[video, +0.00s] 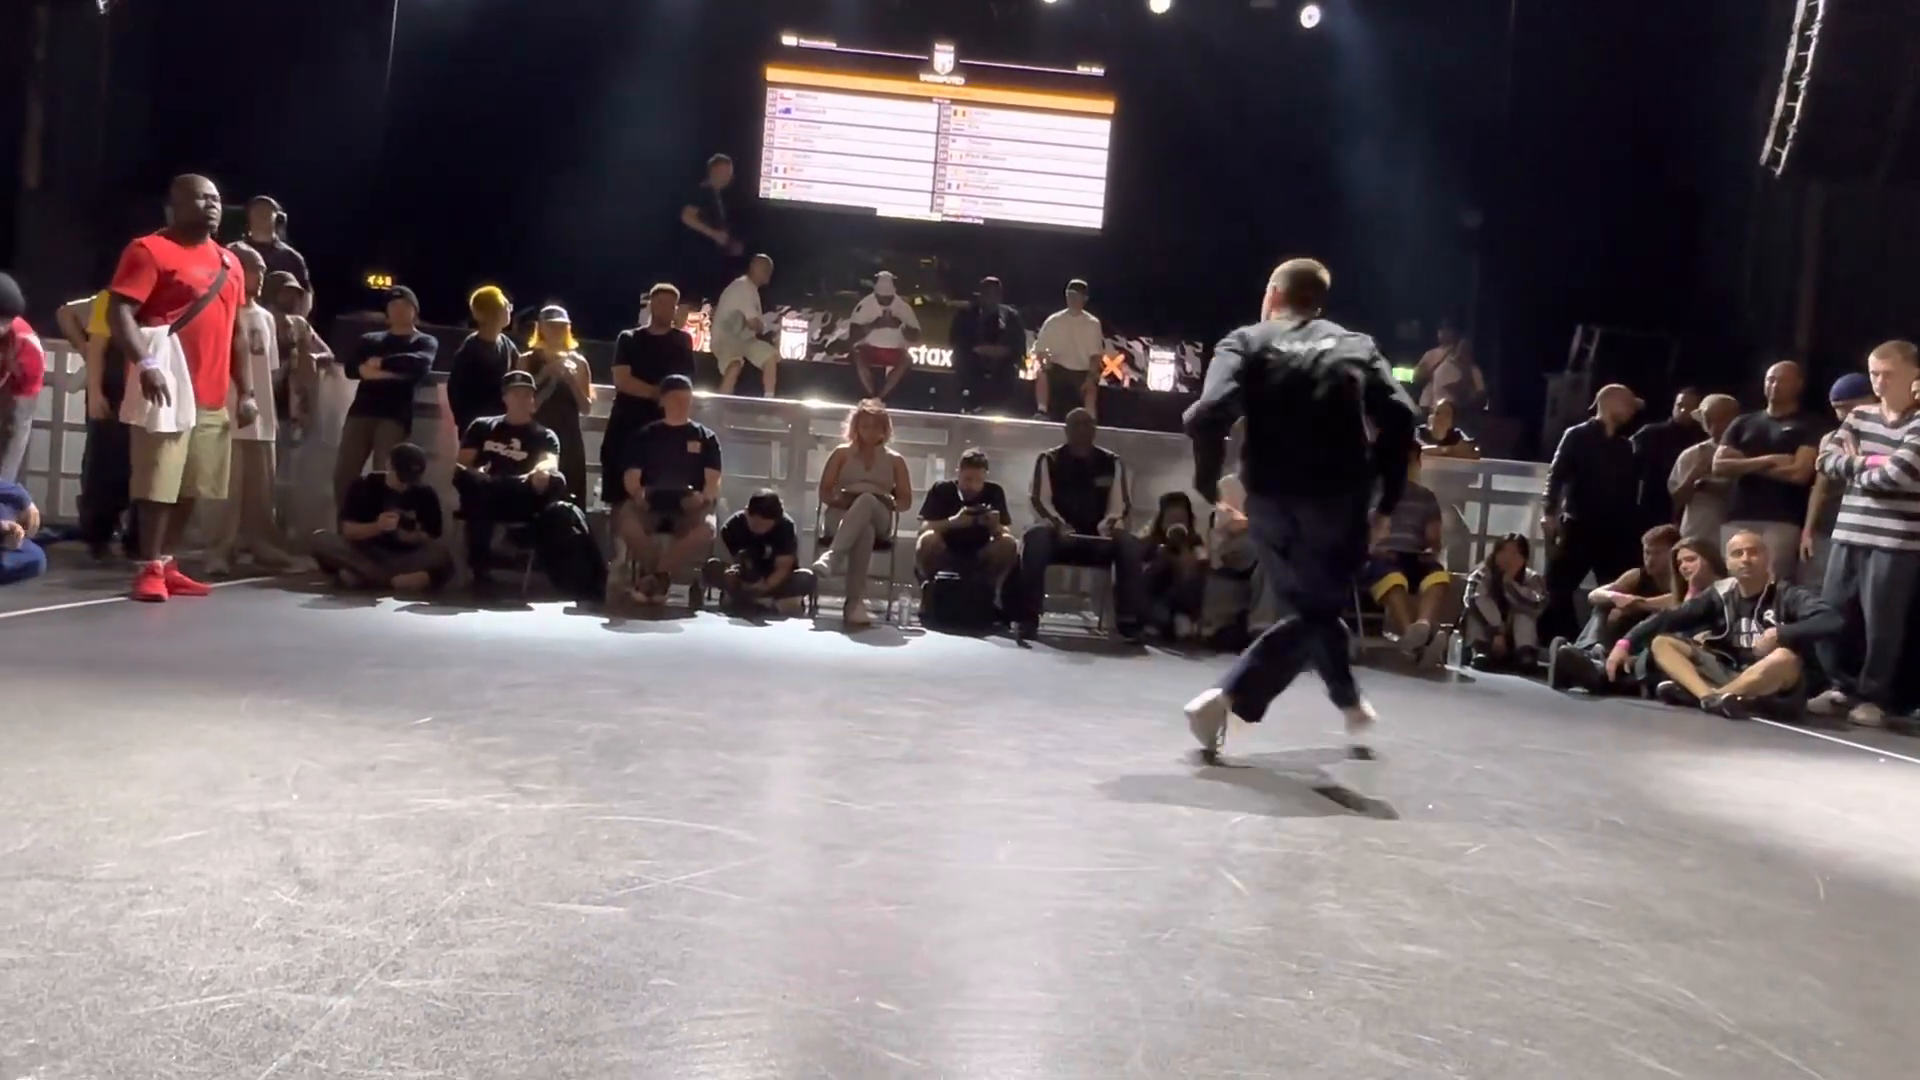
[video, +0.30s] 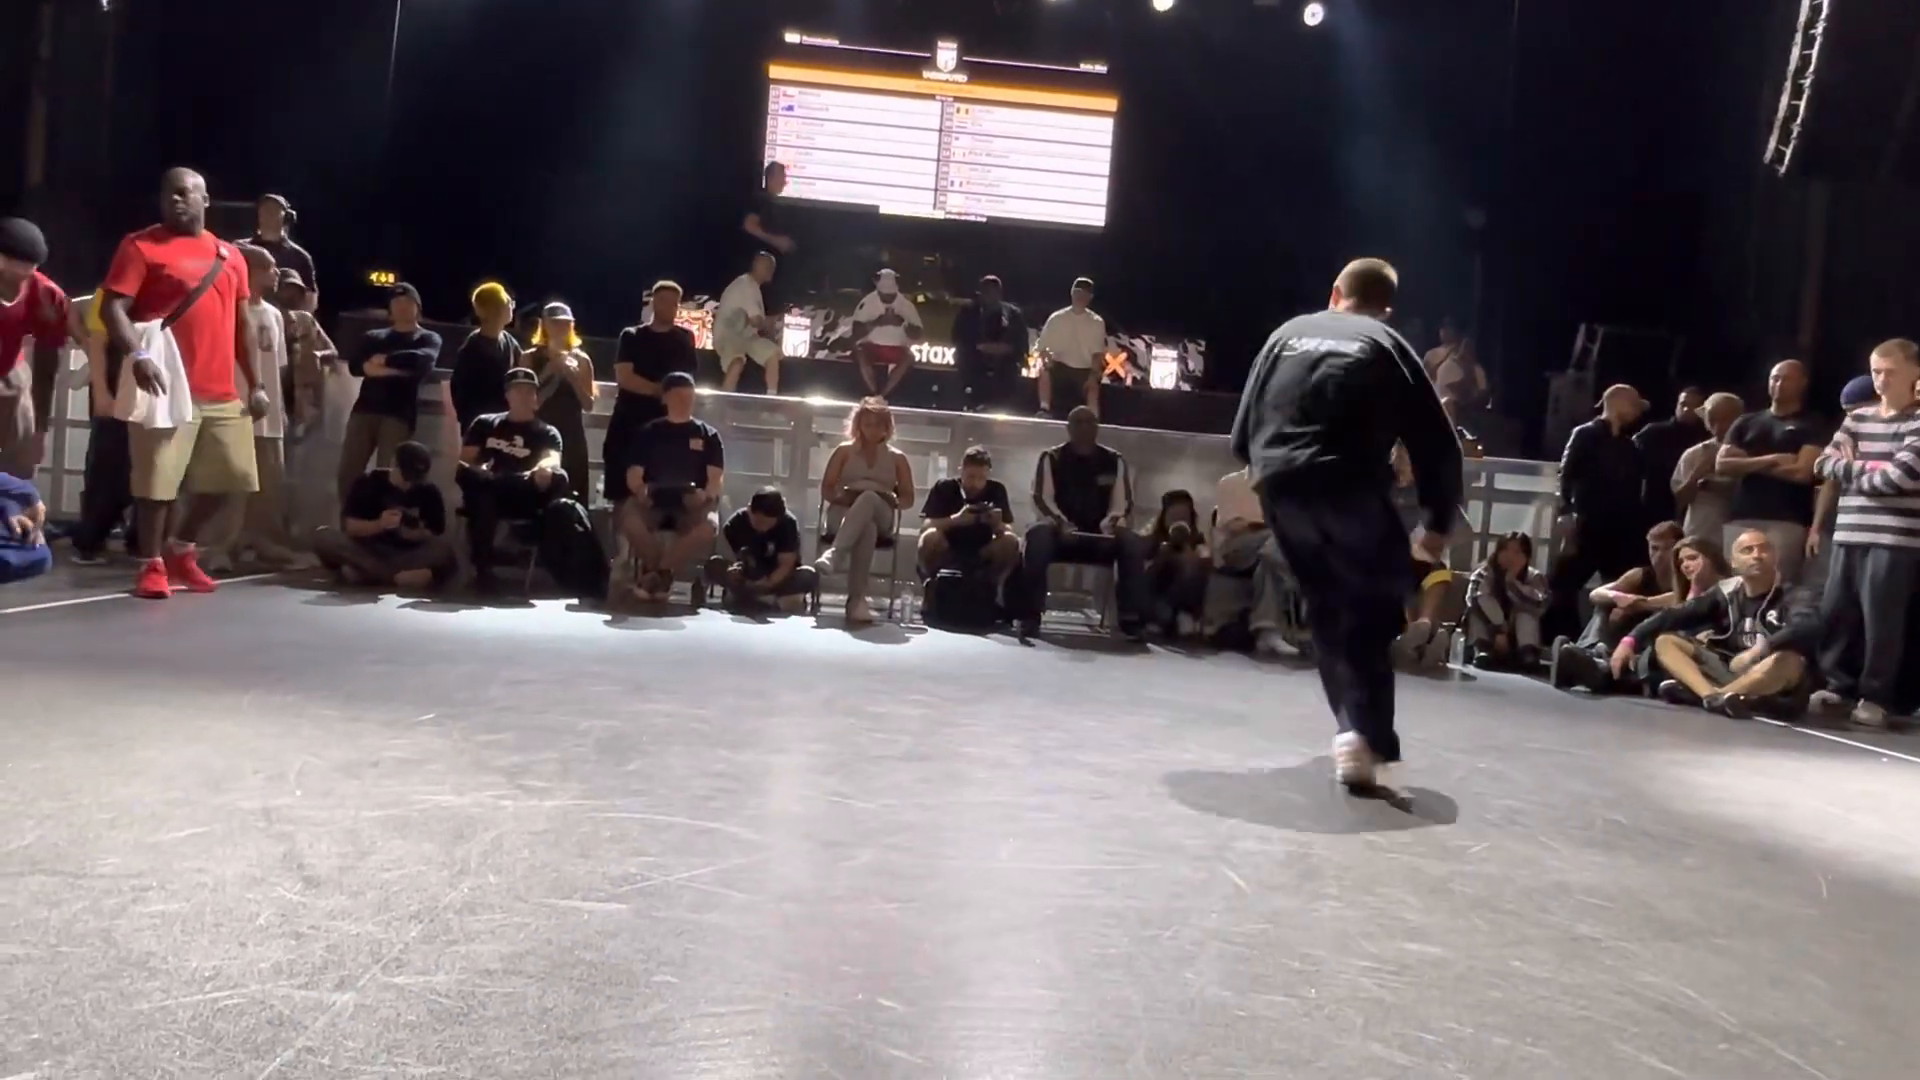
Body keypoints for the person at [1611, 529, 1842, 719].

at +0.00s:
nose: (1745, 559)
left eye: (1753, 552)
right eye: (1737, 554)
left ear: (1768, 558)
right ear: (1727, 562)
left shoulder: (1787, 594)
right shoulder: (1721, 594)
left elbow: (1832, 621)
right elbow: (1673, 618)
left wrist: (1780, 633)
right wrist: (1626, 643)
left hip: (1780, 686)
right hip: (1730, 678)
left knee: (1783, 657)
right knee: (1662, 644)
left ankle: (1711, 698)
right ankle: (1710, 698)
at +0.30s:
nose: (1757, 556)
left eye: (1764, 549)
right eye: (1747, 551)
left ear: (1774, 557)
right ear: (1735, 562)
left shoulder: (1794, 596)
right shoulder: (1724, 593)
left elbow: (1806, 628)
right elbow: (1677, 615)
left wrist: (1760, 649)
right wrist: (1631, 640)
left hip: (1778, 685)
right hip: (1731, 675)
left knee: (1788, 659)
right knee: (1664, 642)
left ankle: (1718, 696)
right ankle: (1713, 697)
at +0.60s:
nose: (1763, 558)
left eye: (1767, 551)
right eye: (1752, 553)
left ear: (1773, 554)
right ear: (1735, 562)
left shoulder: (1795, 594)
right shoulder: (1724, 592)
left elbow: (1805, 632)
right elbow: (1673, 615)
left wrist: (1769, 649)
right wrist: (1635, 640)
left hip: (1774, 674)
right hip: (1730, 669)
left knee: (1792, 662)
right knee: (1665, 642)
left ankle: (1718, 694)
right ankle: (1712, 695)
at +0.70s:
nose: (1763, 559)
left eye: (1766, 552)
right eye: (1753, 555)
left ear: (1772, 554)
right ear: (1735, 564)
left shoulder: (1795, 593)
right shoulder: (1723, 594)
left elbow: (1809, 633)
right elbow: (1670, 615)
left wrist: (1773, 647)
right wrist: (1637, 640)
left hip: (1776, 675)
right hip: (1731, 669)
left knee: (1794, 662)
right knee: (1667, 642)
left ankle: (1721, 694)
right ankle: (1713, 695)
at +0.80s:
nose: (1763, 559)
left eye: (1766, 552)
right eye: (1753, 555)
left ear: (1771, 554)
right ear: (1733, 563)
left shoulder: (1794, 591)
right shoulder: (1723, 591)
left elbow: (1807, 632)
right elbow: (1671, 614)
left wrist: (1769, 652)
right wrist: (1644, 638)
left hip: (1772, 670)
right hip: (1730, 666)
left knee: (1794, 664)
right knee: (1670, 643)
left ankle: (1716, 694)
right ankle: (1714, 694)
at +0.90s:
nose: (1762, 559)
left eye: (1765, 552)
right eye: (1752, 554)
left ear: (1771, 553)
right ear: (1732, 562)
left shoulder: (1793, 590)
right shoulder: (1721, 591)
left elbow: (1795, 628)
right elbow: (1671, 614)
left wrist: (1754, 656)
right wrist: (1658, 633)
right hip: (1729, 667)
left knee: (1793, 661)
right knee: (1663, 643)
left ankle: (1718, 694)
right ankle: (1714, 694)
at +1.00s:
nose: (1760, 558)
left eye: (1763, 551)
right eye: (1750, 553)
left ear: (1770, 554)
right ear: (1732, 561)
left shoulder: (1793, 592)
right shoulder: (1721, 591)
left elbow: (1779, 630)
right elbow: (1667, 615)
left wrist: (1733, 658)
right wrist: (1673, 635)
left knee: (1789, 660)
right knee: (1659, 638)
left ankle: (1709, 695)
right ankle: (1718, 697)